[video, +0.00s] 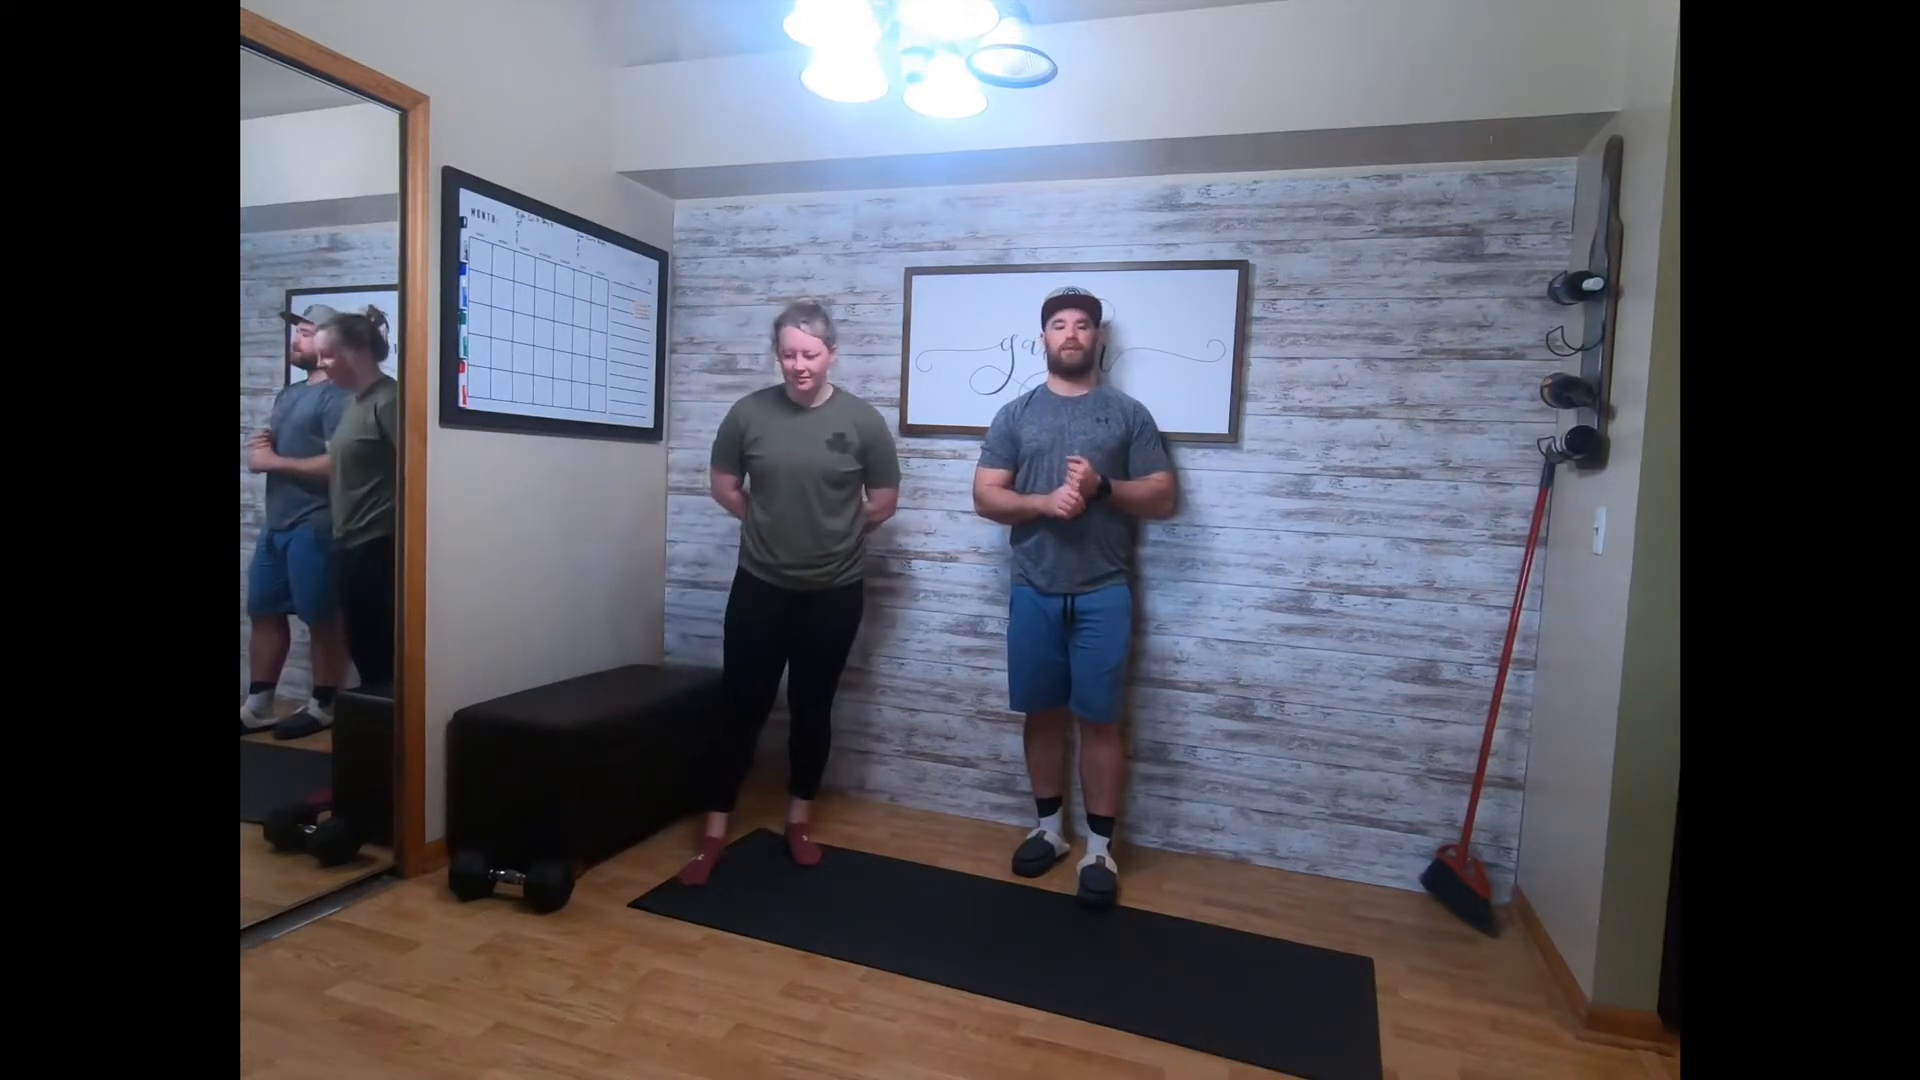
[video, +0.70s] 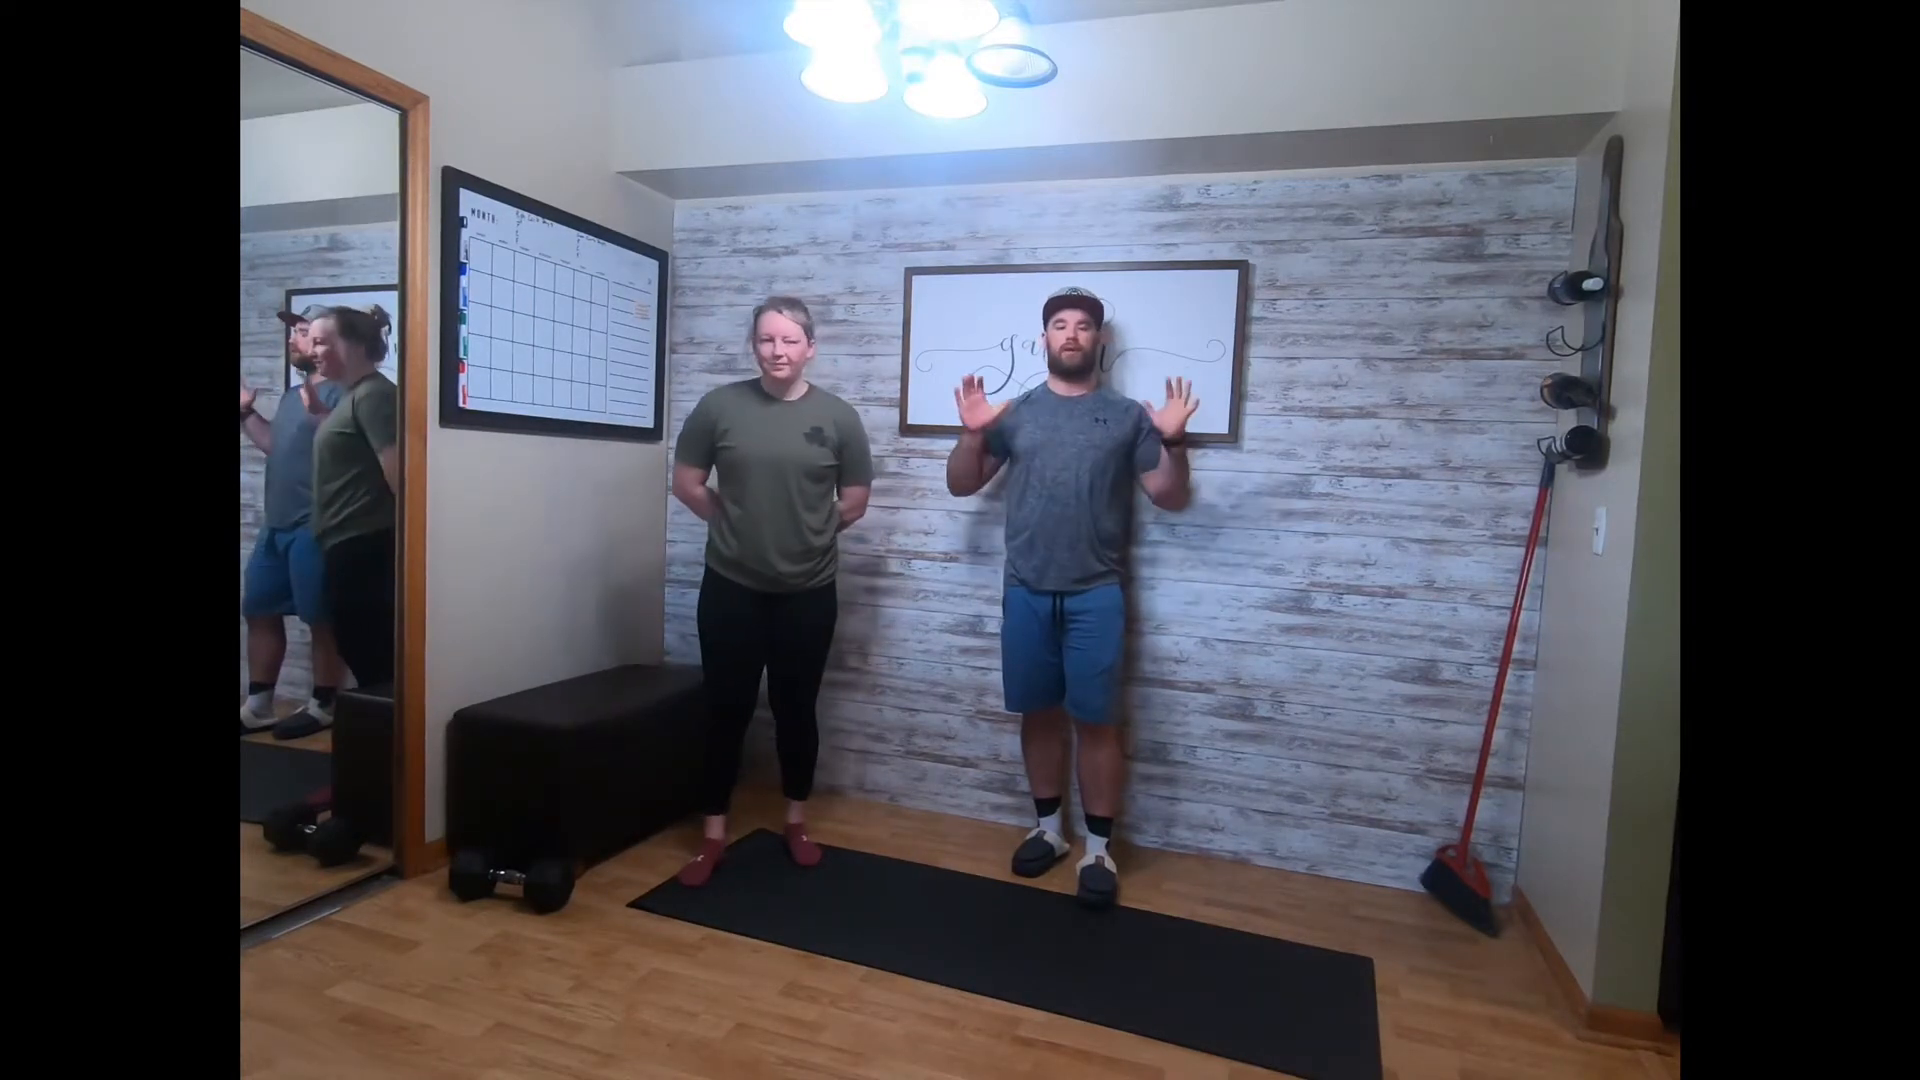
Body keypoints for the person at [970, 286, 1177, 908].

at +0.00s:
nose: (1071, 333)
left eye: (1082, 325)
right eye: (1059, 325)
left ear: (1098, 339)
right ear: (1043, 339)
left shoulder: (1126, 414)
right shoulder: (1015, 415)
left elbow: (1163, 498)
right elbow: (986, 497)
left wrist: (1104, 488)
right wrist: (1042, 502)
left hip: (1103, 586)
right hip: (1034, 586)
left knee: (1098, 716)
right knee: (1042, 711)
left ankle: (1099, 850)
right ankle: (1049, 831)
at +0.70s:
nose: (1070, 333)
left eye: (1082, 326)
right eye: (1059, 326)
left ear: (1099, 341)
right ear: (1044, 340)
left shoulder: (1127, 414)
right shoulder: (1017, 413)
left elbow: (1171, 498)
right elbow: (962, 482)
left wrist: (1173, 442)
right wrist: (972, 432)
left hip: (1095, 583)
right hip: (1026, 583)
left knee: (1094, 716)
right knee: (1038, 711)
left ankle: (1097, 851)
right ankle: (1048, 831)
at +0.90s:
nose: (1071, 335)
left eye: (1083, 327)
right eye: (1060, 326)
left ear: (1099, 341)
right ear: (1044, 339)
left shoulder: (1127, 408)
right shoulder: (1015, 405)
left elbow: (1199, 445)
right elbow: (939, 436)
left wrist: (1204, 374)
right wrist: (949, 369)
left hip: (1095, 584)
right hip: (1025, 583)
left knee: (1095, 717)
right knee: (1036, 712)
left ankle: (1097, 851)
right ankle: (1048, 831)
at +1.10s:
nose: (1072, 335)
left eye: (1083, 327)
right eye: (1061, 327)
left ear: (1100, 340)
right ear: (1045, 341)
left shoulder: (1126, 397)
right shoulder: (1016, 393)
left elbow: (1197, 354)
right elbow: (940, 358)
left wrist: (1218, 274)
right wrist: (937, 278)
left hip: (1093, 577)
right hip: (1024, 576)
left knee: (1094, 713)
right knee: (1034, 708)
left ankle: (1098, 849)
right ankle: (1048, 829)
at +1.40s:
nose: (1067, 337)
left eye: (1079, 328)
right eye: (1056, 328)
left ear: (1097, 339)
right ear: (1041, 340)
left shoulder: (1125, 402)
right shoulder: (1014, 398)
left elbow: (1202, 384)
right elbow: (932, 388)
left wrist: (1195, 303)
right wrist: (942, 311)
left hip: (1094, 579)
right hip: (1024, 576)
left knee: (1092, 715)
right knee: (1037, 708)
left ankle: (1098, 850)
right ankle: (1049, 833)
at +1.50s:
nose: (1064, 336)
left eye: (1076, 327)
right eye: (1053, 328)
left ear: (1093, 339)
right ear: (1038, 340)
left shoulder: (1122, 408)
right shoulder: (1012, 404)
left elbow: (1199, 440)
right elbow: (937, 443)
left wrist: (1185, 376)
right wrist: (942, 378)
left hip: (1094, 579)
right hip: (1024, 577)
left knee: (1093, 715)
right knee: (1036, 709)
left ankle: (1097, 851)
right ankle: (1048, 831)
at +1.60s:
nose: (1057, 337)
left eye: (1069, 327)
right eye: (1046, 328)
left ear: (1088, 337)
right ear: (1033, 339)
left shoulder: (1116, 410)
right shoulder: (1008, 408)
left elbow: (1175, 481)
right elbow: (976, 480)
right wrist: (948, 471)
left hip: (1092, 581)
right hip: (1023, 580)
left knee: (1094, 716)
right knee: (1036, 710)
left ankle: (1098, 851)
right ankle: (1048, 830)